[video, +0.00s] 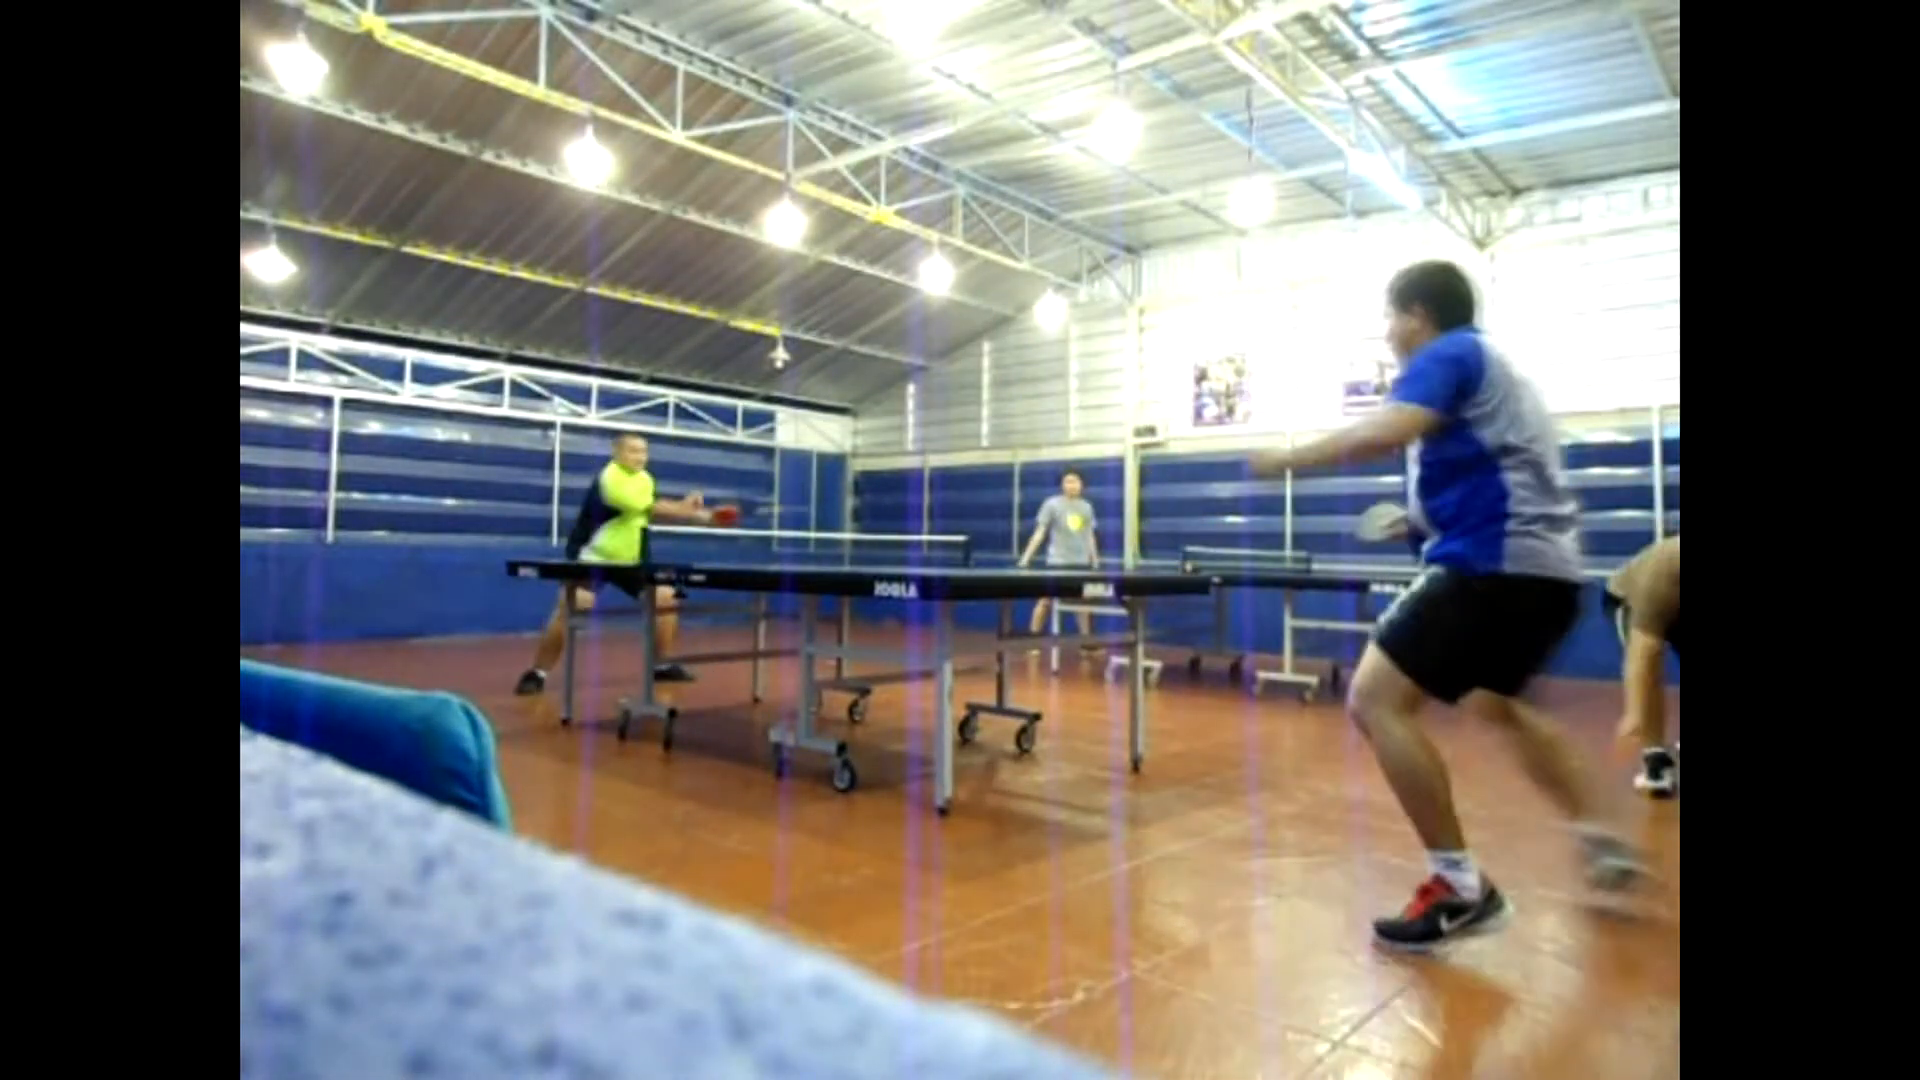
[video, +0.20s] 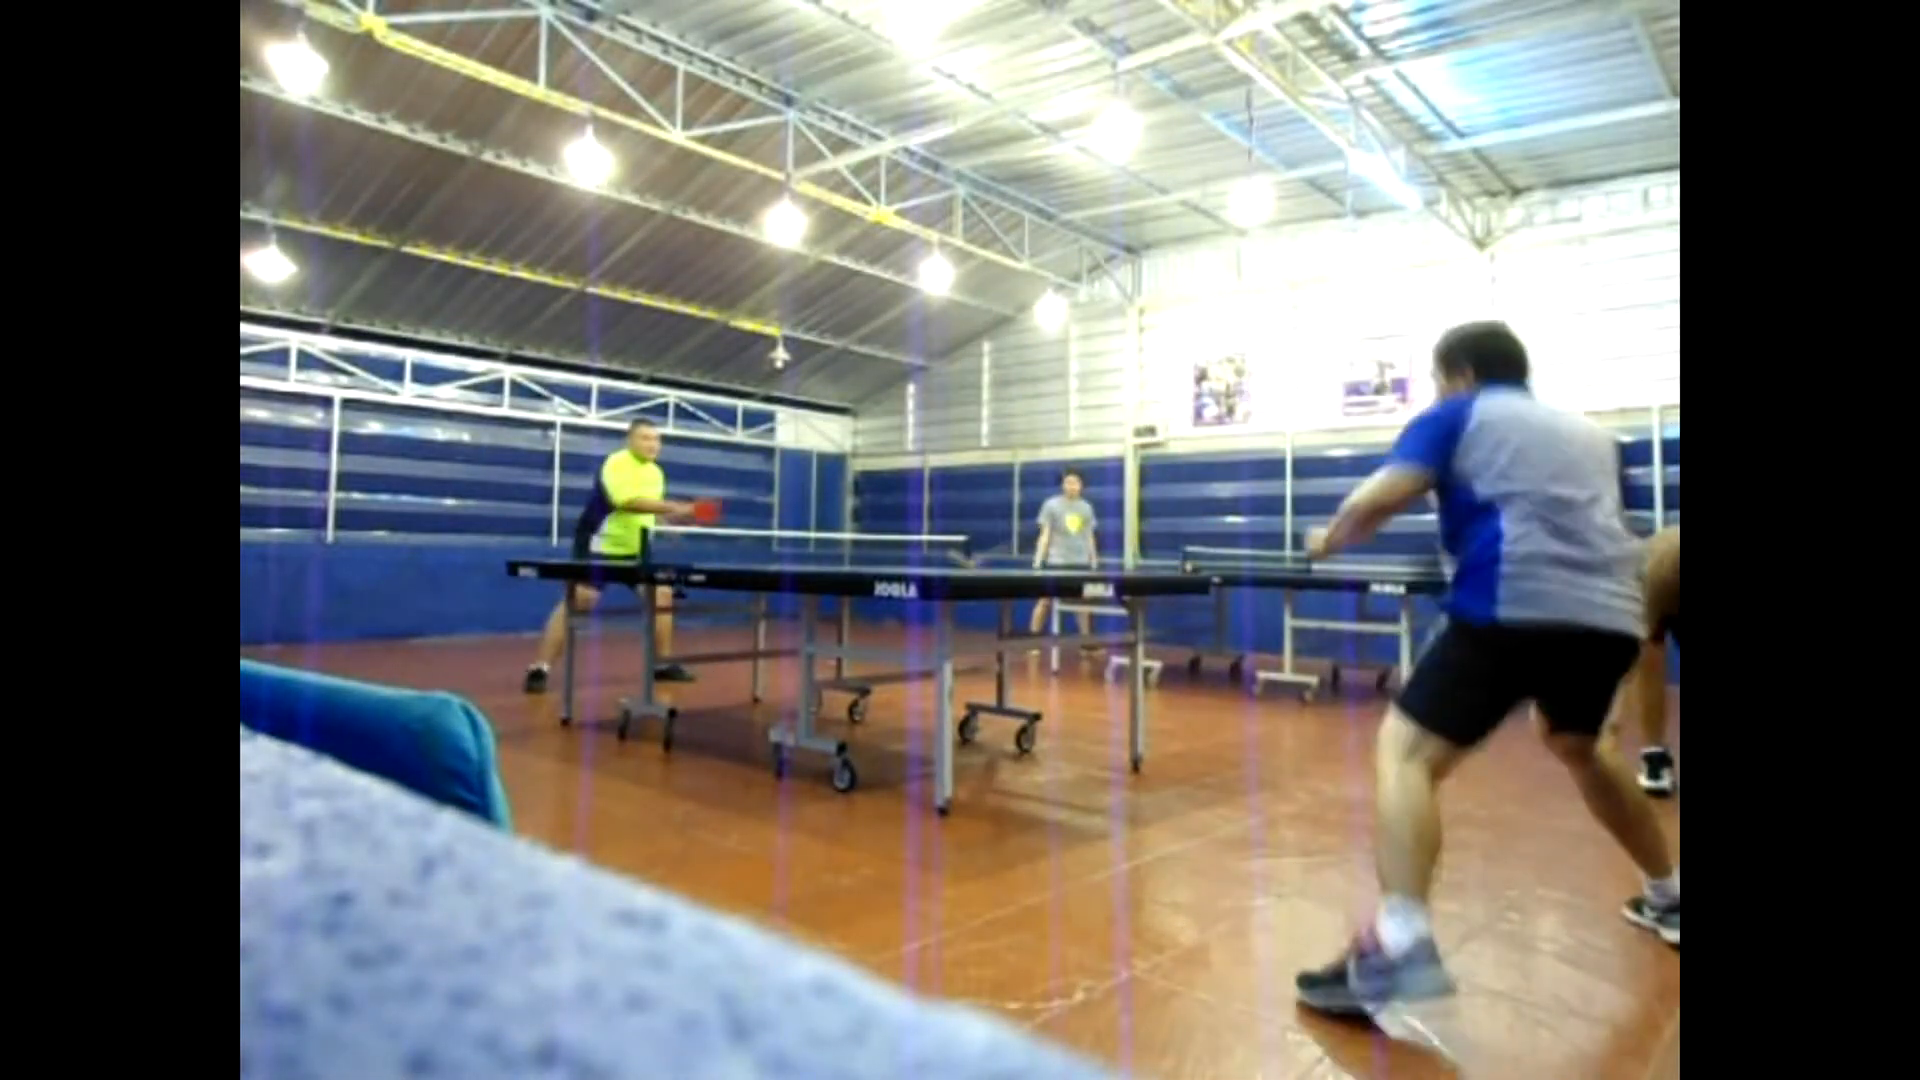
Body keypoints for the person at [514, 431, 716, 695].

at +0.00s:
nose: (639, 457)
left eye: (643, 451)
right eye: (632, 451)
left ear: (646, 455)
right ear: (617, 452)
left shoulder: (645, 481)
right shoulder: (610, 480)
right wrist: (686, 509)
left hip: (629, 562)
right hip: (591, 562)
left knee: (665, 598)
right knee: (575, 606)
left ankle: (663, 663)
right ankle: (538, 671)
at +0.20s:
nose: (652, 445)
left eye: (656, 439)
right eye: (645, 438)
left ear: (659, 443)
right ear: (630, 439)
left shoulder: (655, 473)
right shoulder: (615, 464)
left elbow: (652, 509)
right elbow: (622, 500)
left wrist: (678, 516)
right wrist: (671, 508)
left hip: (636, 545)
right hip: (599, 543)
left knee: (662, 594)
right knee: (581, 598)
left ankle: (663, 661)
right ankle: (541, 666)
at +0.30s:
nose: (649, 444)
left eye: (653, 439)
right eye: (642, 438)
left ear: (656, 443)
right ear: (628, 439)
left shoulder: (655, 474)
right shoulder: (607, 464)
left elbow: (649, 510)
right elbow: (601, 504)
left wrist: (658, 532)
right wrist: (643, 518)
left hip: (637, 550)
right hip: (601, 547)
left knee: (663, 595)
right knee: (582, 598)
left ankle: (663, 661)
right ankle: (536, 662)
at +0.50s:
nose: (626, 447)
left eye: (630, 442)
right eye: (620, 441)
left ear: (635, 447)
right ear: (607, 443)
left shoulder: (637, 478)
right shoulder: (585, 467)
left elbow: (638, 507)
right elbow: (562, 496)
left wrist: (649, 523)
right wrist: (600, 512)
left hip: (625, 558)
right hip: (585, 556)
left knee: (655, 598)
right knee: (559, 607)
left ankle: (663, 660)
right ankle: (534, 665)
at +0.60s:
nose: (614, 442)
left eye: (618, 436)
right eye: (608, 435)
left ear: (623, 441)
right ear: (595, 437)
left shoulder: (629, 469)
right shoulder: (571, 460)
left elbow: (635, 497)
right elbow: (550, 491)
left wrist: (642, 506)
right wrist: (580, 502)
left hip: (615, 546)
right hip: (573, 545)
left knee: (641, 599)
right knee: (553, 601)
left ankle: (666, 656)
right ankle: (532, 661)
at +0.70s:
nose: (601, 443)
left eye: (606, 438)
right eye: (596, 437)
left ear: (612, 441)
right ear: (584, 439)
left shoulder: (624, 468)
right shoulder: (564, 463)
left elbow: (637, 498)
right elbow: (539, 494)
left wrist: (633, 503)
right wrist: (558, 506)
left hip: (612, 542)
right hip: (568, 541)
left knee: (635, 594)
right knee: (544, 594)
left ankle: (643, 658)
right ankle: (523, 658)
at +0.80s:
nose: (586, 456)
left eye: (591, 450)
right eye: (581, 451)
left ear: (599, 452)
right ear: (571, 453)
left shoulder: (614, 478)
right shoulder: (553, 479)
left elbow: (637, 507)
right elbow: (535, 510)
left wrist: (622, 513)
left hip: (607, 558)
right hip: (562, 557)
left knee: (636, 600)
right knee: (535, 600)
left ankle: (643, 663)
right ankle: (501, 664)